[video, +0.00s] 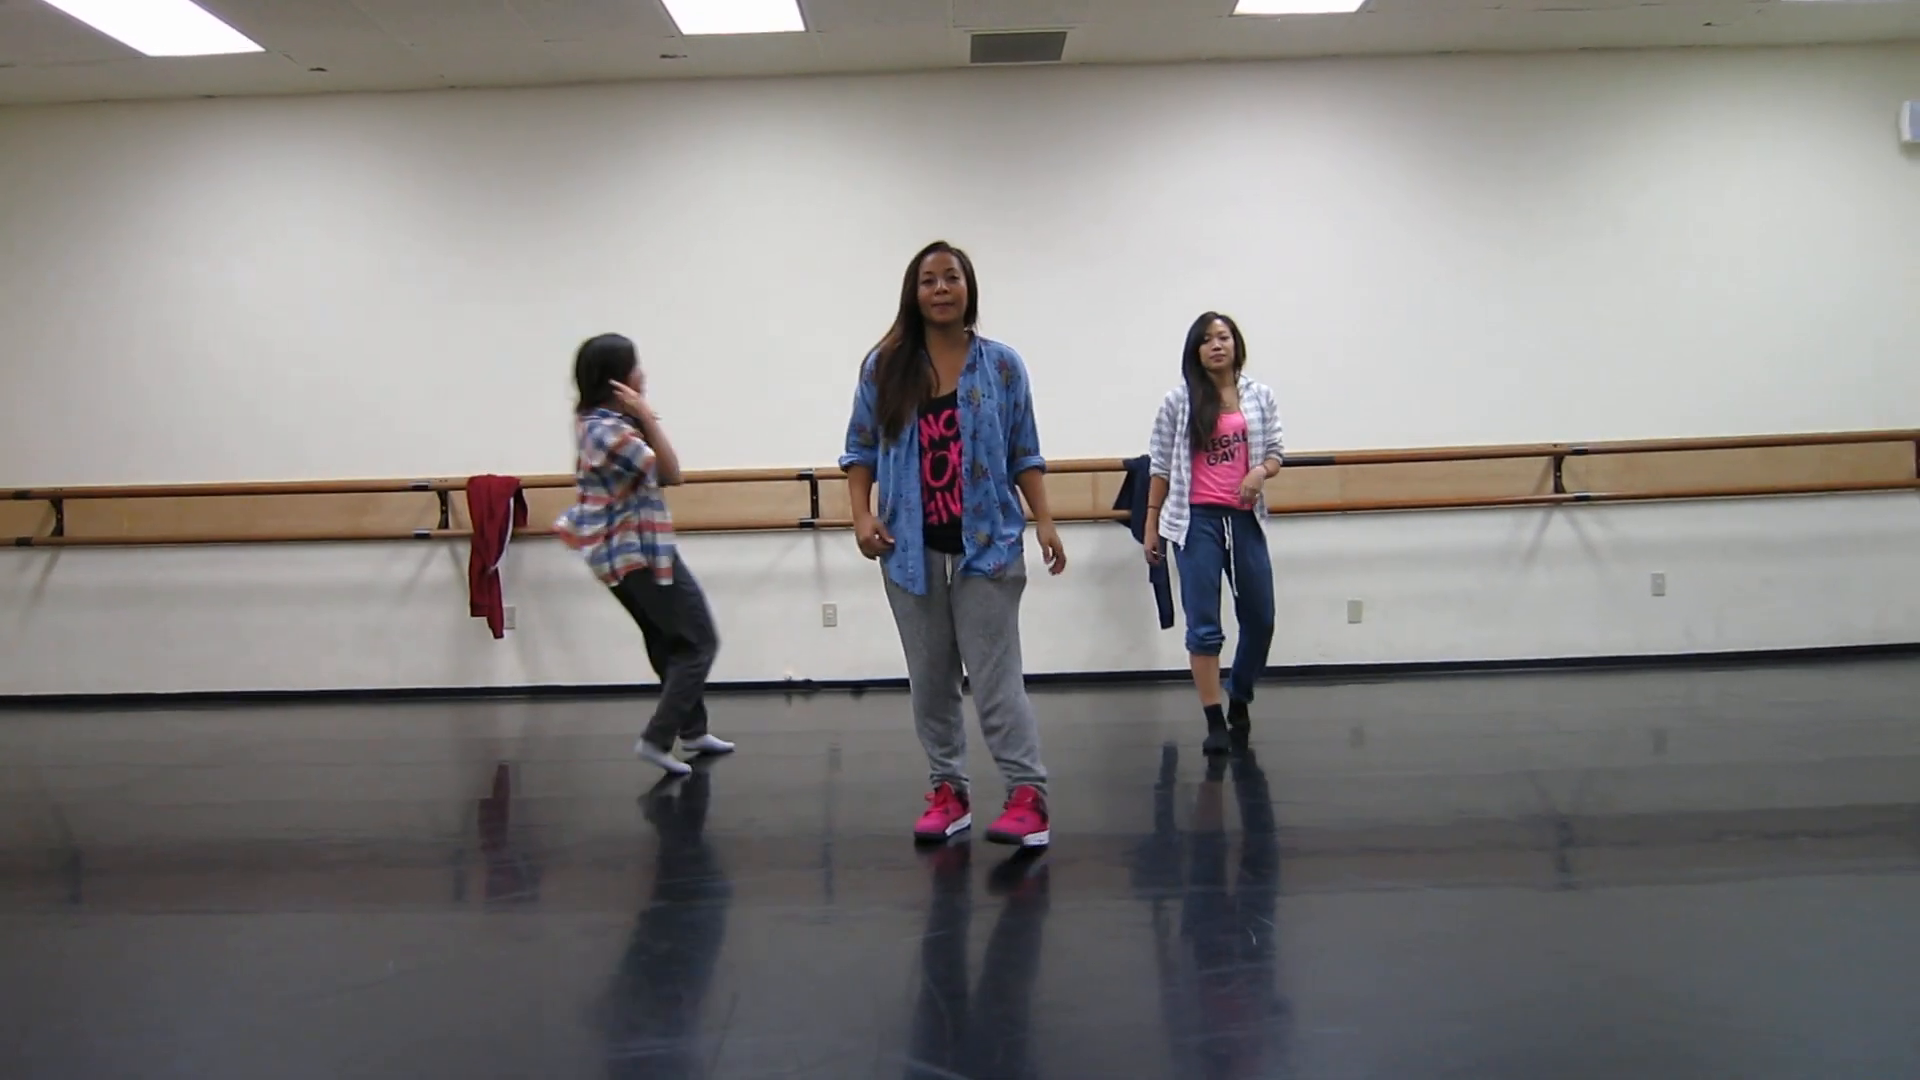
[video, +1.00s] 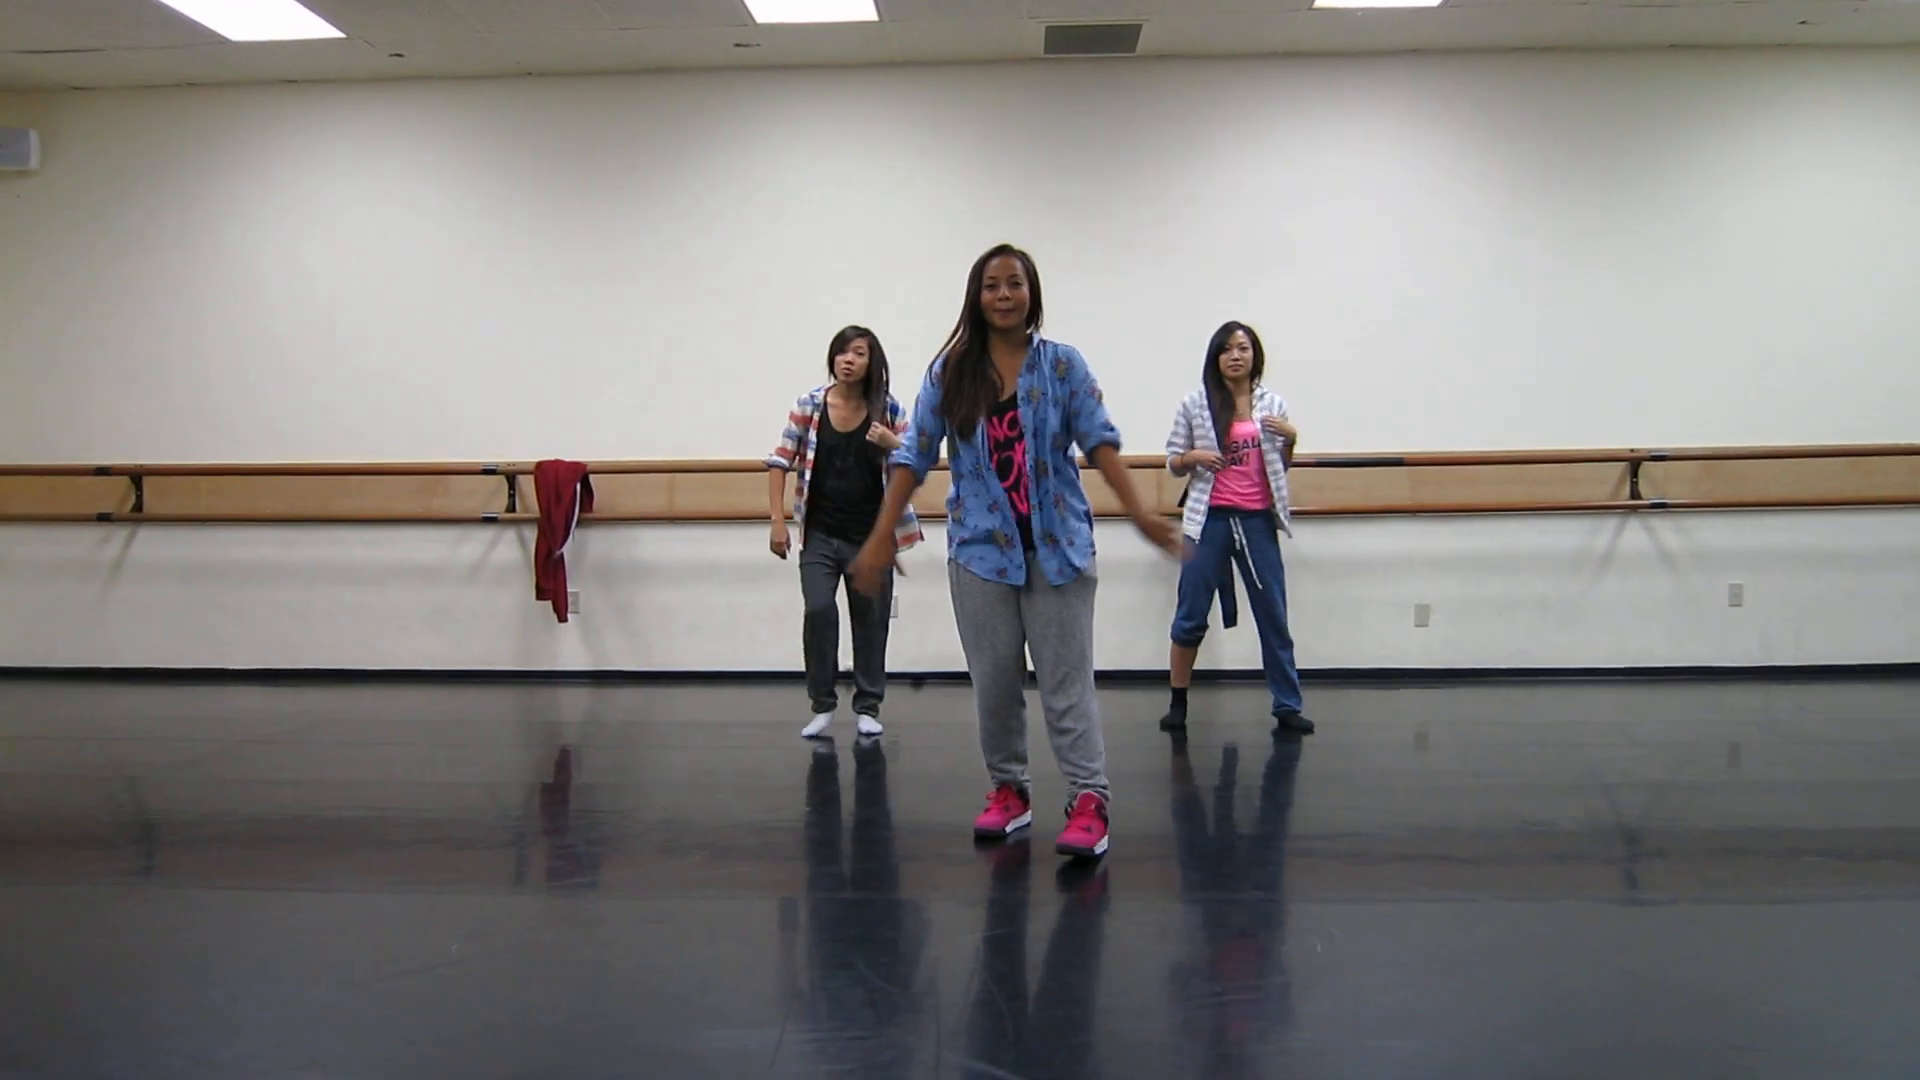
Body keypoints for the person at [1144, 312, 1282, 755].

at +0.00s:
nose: (1217, 345)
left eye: (1223, 337)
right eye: (1207, 340)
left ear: (1237, 344)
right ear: (1195, 351)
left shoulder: (1259, 396)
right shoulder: (1177, 402)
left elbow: (1275, 455)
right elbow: (1159, 470)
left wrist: (1260, 471)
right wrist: (1151, 526)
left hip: (1245, 519)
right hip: (1194, 519)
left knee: (1260, 617)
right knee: (1203, 621)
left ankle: (1240, 697)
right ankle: (1214, 721)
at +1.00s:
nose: (1235, 355)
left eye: (1243, 348)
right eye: (1226, 349)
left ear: (1255, 356)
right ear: (1215, 358)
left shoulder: (1271, 403)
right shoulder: (1195, 405)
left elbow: (1281, 464)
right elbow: (1175, 464)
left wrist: (1290, 437)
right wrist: (1193, 456)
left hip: (1257, 518)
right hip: (1207, 517)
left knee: (1274, 615)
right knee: (1191, 613)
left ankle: (1287, 708)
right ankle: (1178, 702)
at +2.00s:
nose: (1197, 366)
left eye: (1204, 359)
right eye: (1188, 360)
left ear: (1216, 366)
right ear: (1175, 369)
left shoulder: (1233, 413)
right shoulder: (1158, 415)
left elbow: (1242, 484)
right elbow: (1143, 478)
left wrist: (1240, 446)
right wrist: (1180, 473)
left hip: (1226, 531)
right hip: (1178, 530)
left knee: (1247, 628)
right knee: (1172, 625)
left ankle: (1267, 721)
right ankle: (1171, 716)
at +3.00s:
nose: (1254, 378)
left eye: (1262, 371)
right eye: (1244, 371)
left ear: (1274, 377)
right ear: (1232, 379)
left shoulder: (1290, 423)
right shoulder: (1211, 426)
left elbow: (1295, 490)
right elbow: (1194, 487)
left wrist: (1308, 461)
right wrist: (1232, 487)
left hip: (1270, 543)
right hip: (1221, 539)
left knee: (1263, 650)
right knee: (1212, 642)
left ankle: (1253, 739)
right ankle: (1205, 729)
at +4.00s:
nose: (1222, 387)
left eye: (1231, 381)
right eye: (1215, 380)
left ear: (1243, 389)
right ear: (1201, 387)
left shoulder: (1255, 436)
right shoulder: (1175, 434)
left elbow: (1261, 499)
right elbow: (1153, 491)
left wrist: (1267, 476)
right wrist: (1183, 499)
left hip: (1236, 555)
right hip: (1185, 553)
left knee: (1247, 657)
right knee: (1177, 653)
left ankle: (1258, 747)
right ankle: (1171, 743)